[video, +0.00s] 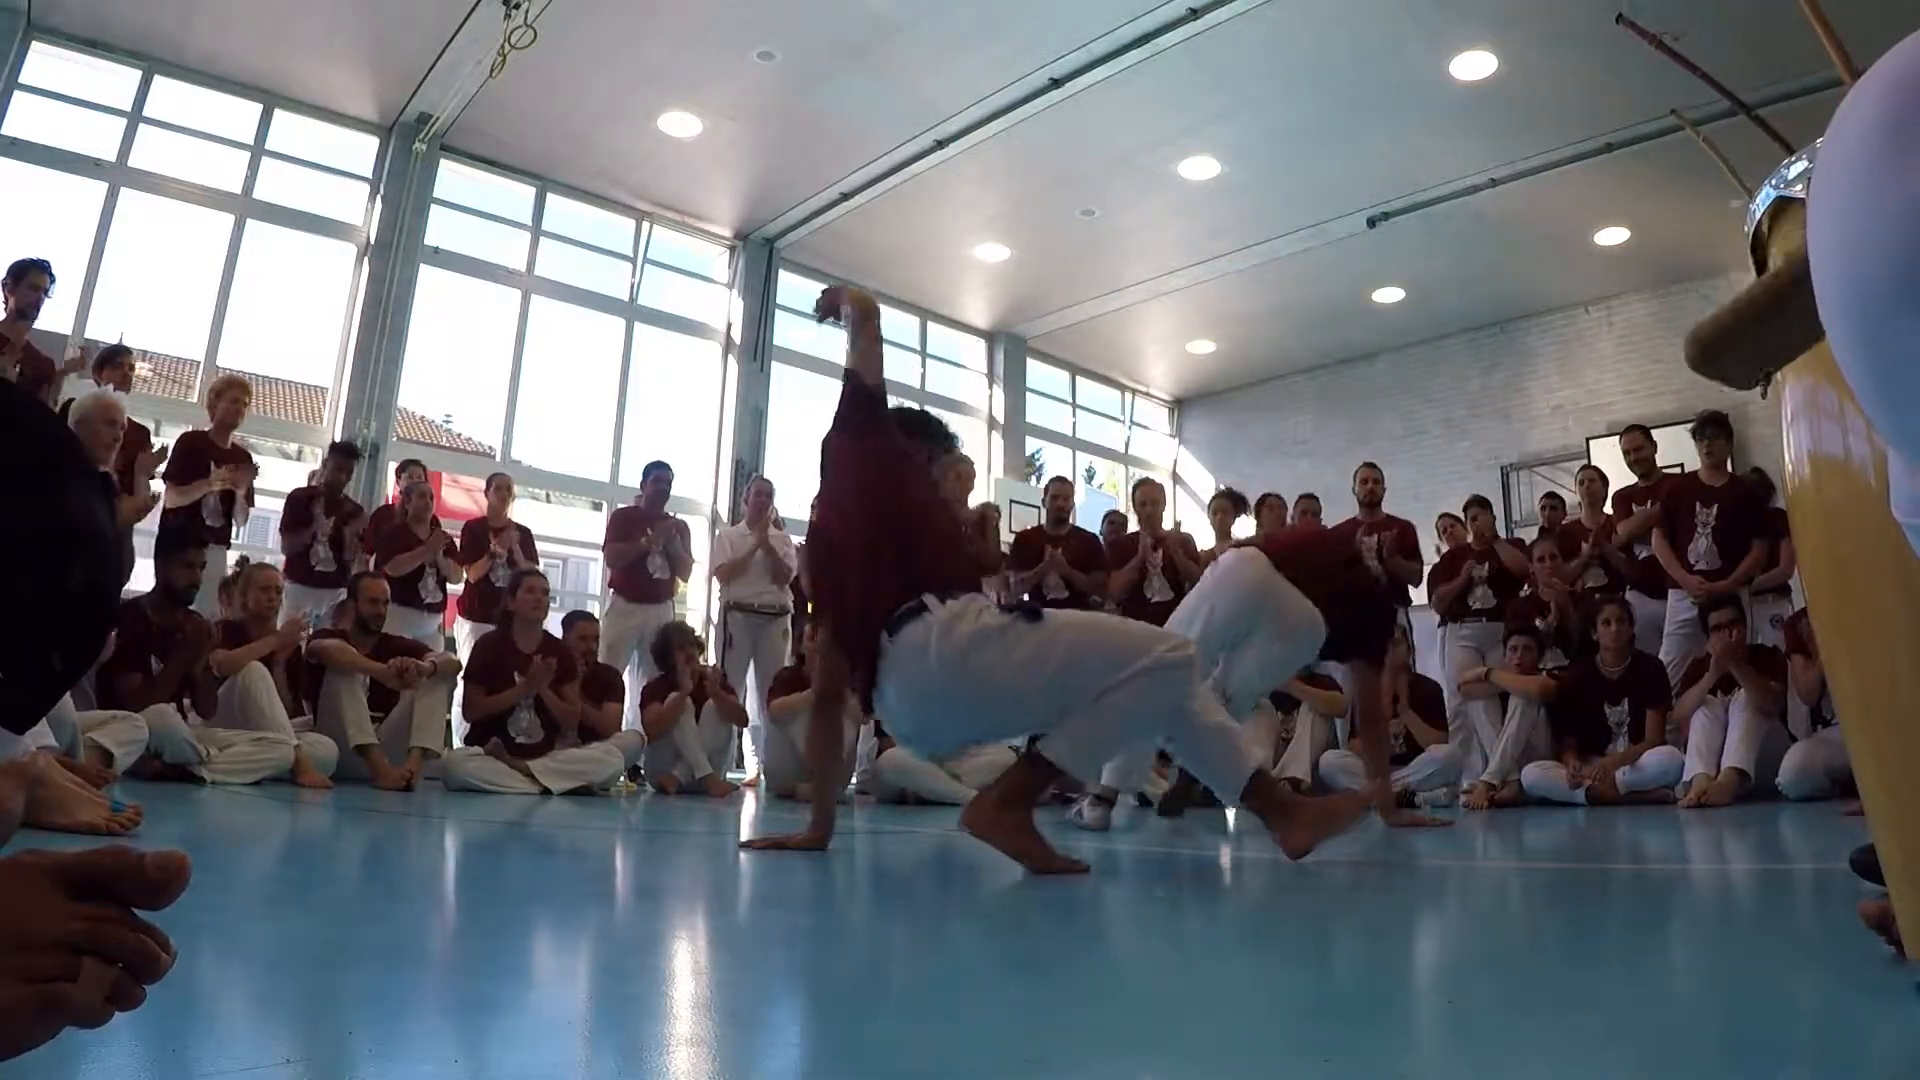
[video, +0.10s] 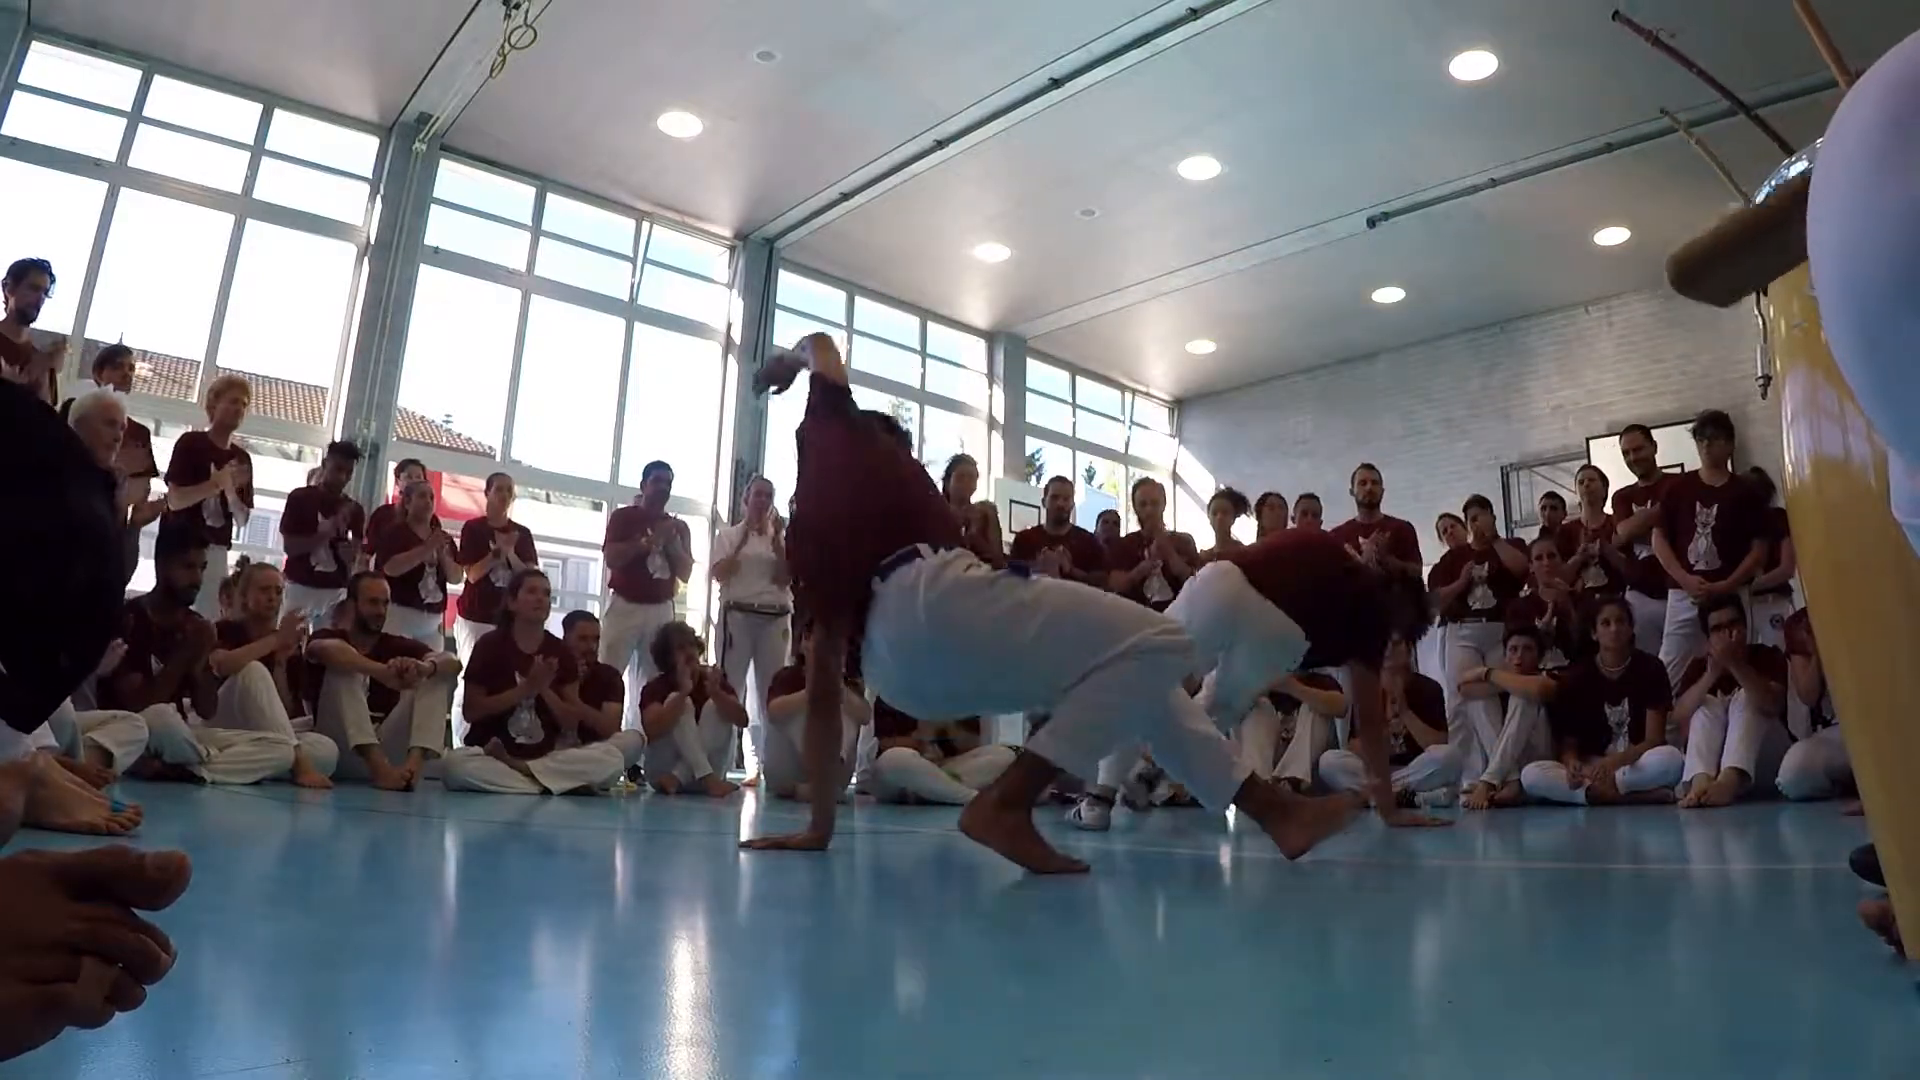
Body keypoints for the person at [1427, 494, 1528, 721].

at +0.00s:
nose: (1475, 522)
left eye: (1480, 516)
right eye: (1471, 519)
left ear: (1493, 518)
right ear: (1466, 524)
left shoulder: (1511, 548)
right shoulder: (1453, 556)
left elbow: (1522, 570)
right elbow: (1438, 602)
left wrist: (1496, 540)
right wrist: (1462, 580)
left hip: (1501, 630)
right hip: (1461, 632)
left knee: (1510, 695)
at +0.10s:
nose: (1475, 523)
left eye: (1480, 516)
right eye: (1471, 519)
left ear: (1493, 518)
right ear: (1467, 524)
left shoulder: (1512, 547)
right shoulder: (1454, 556)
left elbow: (1520, 568)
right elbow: (1435, 597)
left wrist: (1495, 539)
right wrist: (1462, 583)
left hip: (1501, 631)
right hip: (1462, 633)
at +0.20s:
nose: (1475, 524)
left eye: (1479, 517)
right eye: (1471, 520)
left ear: (1493, 517)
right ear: (1467, 524)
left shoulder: (1512, 546)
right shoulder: (1452, 558)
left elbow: (1521, 569)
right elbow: (1445, 599)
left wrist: (1495, 540)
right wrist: (1462, 583)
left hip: (1503, 628)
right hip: (1462, 632)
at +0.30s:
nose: (1475, 524)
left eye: (1479, 517)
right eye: (1470, 520)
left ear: (1493, 517)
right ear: (1467, 525)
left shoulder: (1513, 546)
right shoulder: (1459, 554)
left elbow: (1520, 569)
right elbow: (1445, 584)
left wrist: (1495, 539)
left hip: (1501, 629)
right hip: (1462, 632)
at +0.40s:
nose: (1474, 524)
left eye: (1478, 517)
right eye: (1470, 520)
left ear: (1493, 518)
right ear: (1467, 525)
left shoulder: (1513, 545)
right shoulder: (1462, 554)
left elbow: (1519, 568)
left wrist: (1494, 539)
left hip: (1501, 628)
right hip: (1462, 630)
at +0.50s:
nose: (1475, 524)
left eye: (1480, 517)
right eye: (1471, 520)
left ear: (1494, 518)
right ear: (1467, 524)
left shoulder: (1513, 545)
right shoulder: (1460, 554)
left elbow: (1519, 567)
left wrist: (1495, 539)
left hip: (1500, 628)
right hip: (1462, 630)